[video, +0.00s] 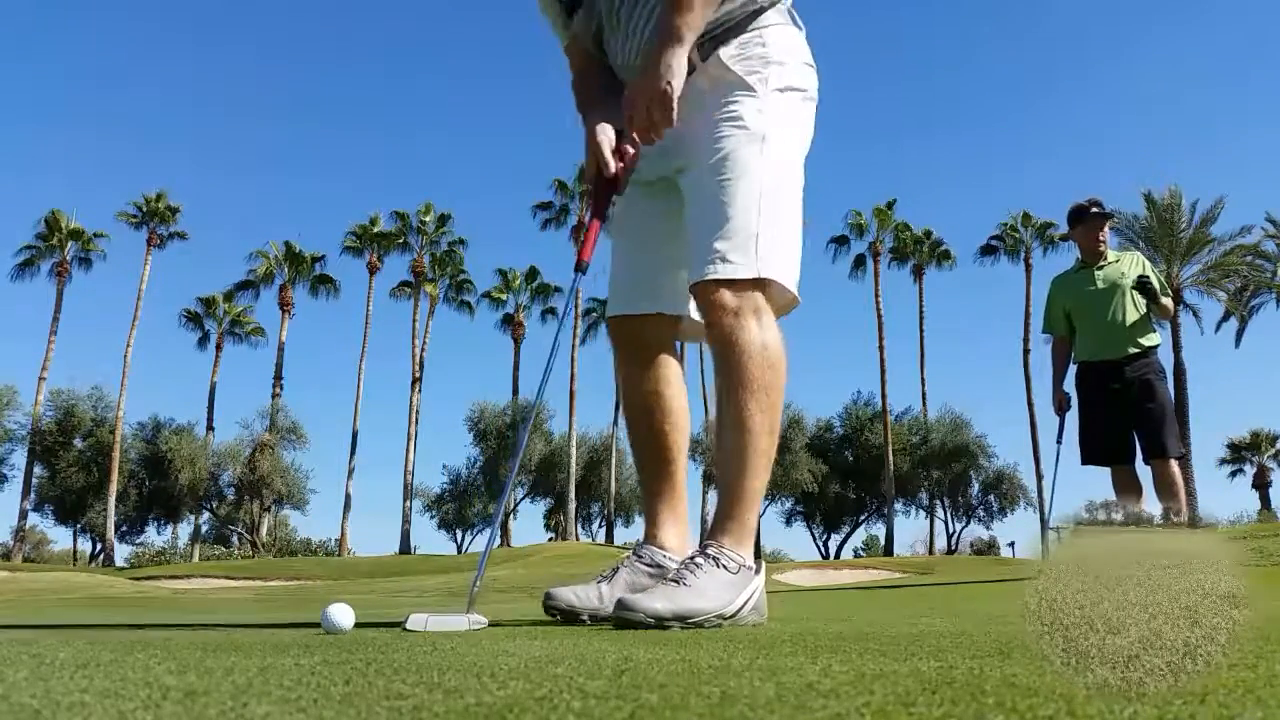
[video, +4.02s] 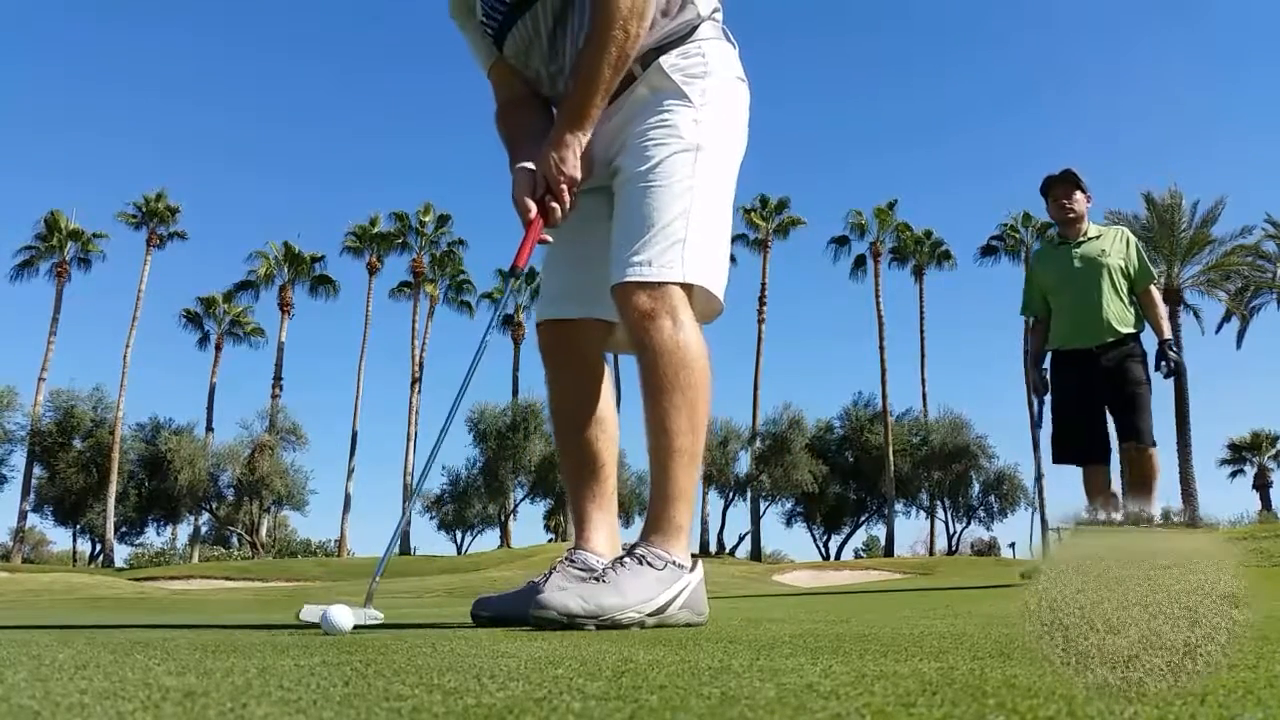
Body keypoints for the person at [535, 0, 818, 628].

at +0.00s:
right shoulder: (564, 7)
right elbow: (586, 61)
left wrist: (671, 41)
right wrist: (599, 120)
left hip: (738, 45)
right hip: (636, 85)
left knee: (732, 294)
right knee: (636, 321)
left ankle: (733, 561)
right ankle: (665, 554)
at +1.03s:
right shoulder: (541, 6)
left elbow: (694, 8)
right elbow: (590, 90)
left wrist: (644, 130)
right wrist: (601, 160)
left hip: (753, 56)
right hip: (658, 109)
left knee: (734, 289)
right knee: (644, 325)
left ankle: (741, 561)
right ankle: (667, 558)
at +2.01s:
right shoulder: (549, 7)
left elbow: (702, 9)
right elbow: (596, 94)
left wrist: (647, 145)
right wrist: (607, 172)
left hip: (760, 60)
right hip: (662, 111)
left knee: (737, 289)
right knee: (644, 325)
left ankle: (742, 560)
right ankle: (666, 558)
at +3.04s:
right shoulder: (513, 7)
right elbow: (564, 94)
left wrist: (665, 64)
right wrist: (600, 119)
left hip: (725, 75)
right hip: (632, 119)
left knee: (672, 274)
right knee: (612, 333)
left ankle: (702, 544)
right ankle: (661, 559)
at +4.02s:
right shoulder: (467, 6)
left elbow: (629, 7)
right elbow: (512, 89)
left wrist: (570, 127)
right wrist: (526, 157)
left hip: (672, 67)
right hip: (573, 112)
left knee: (651, 293)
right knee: (565, 325)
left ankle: (670, 560)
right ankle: (594, 560)